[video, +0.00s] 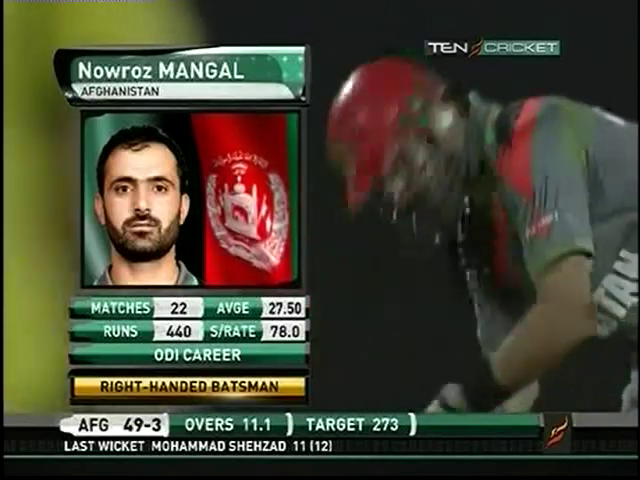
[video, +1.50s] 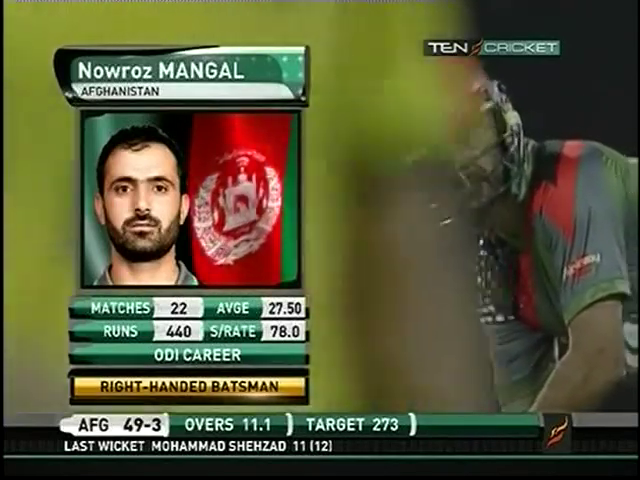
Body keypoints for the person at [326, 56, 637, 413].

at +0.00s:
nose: (397, 196)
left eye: (397, 169)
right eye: (385, 184)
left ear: (426, 130)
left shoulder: (541, 134)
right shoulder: (478, 217)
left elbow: (571, 313)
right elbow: (517, 380)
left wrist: (470, 395)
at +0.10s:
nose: (423, 148)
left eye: (430, 118)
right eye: (402, 140)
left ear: (469, 97)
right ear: (395, 160)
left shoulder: (551, 133)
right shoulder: (484, 237)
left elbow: (548, 319)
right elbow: (503, 392)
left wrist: (456, 400)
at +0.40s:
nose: (448, 164)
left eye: (456, 135)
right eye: (425, 156)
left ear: (494, 122)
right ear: (411, 178)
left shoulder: (566, 175)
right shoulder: (496, 272)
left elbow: (565, 360)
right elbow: (514, 414)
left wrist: (478, 452)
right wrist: (592, 354)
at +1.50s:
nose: (459, 159)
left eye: (469, 134)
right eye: (443, 144)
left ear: (505, 120)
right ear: (427, 158)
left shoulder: (574, 178)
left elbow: (598, 360)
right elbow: (518, 401)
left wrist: (517, 451)